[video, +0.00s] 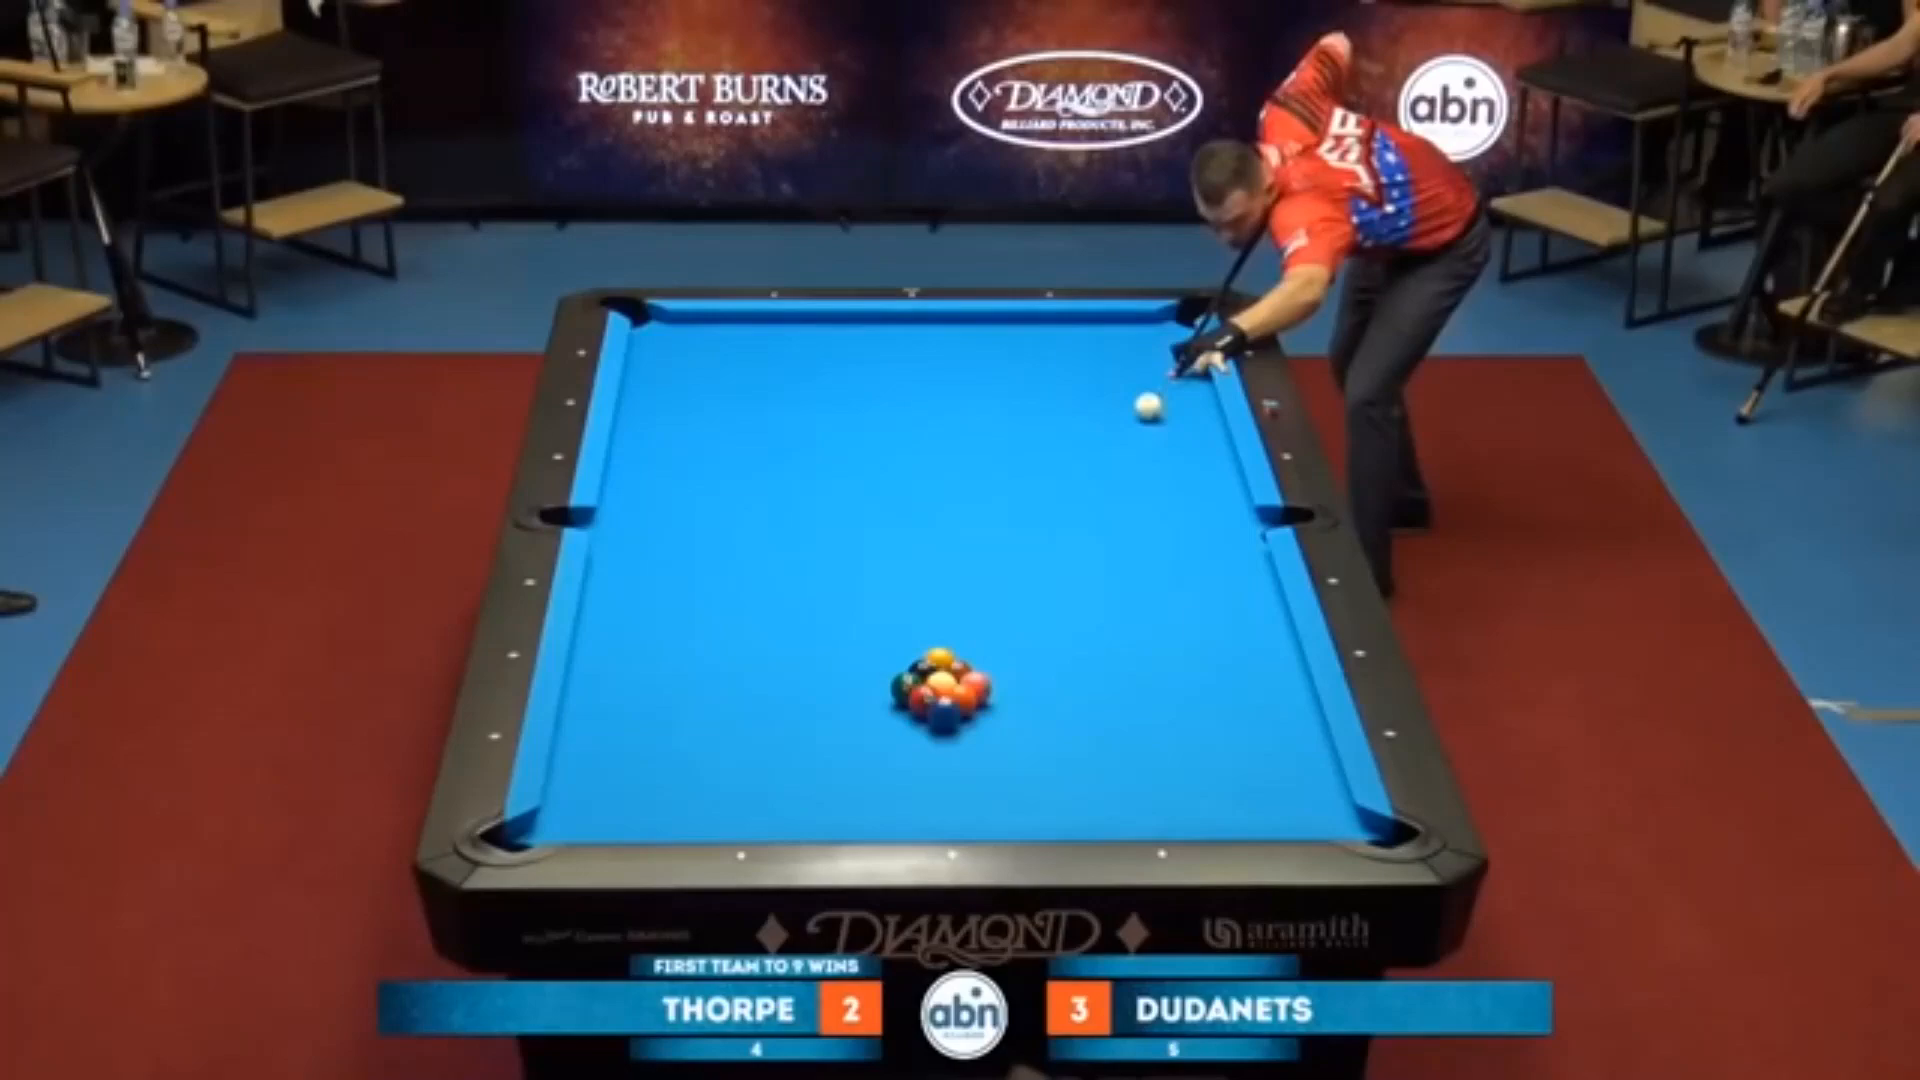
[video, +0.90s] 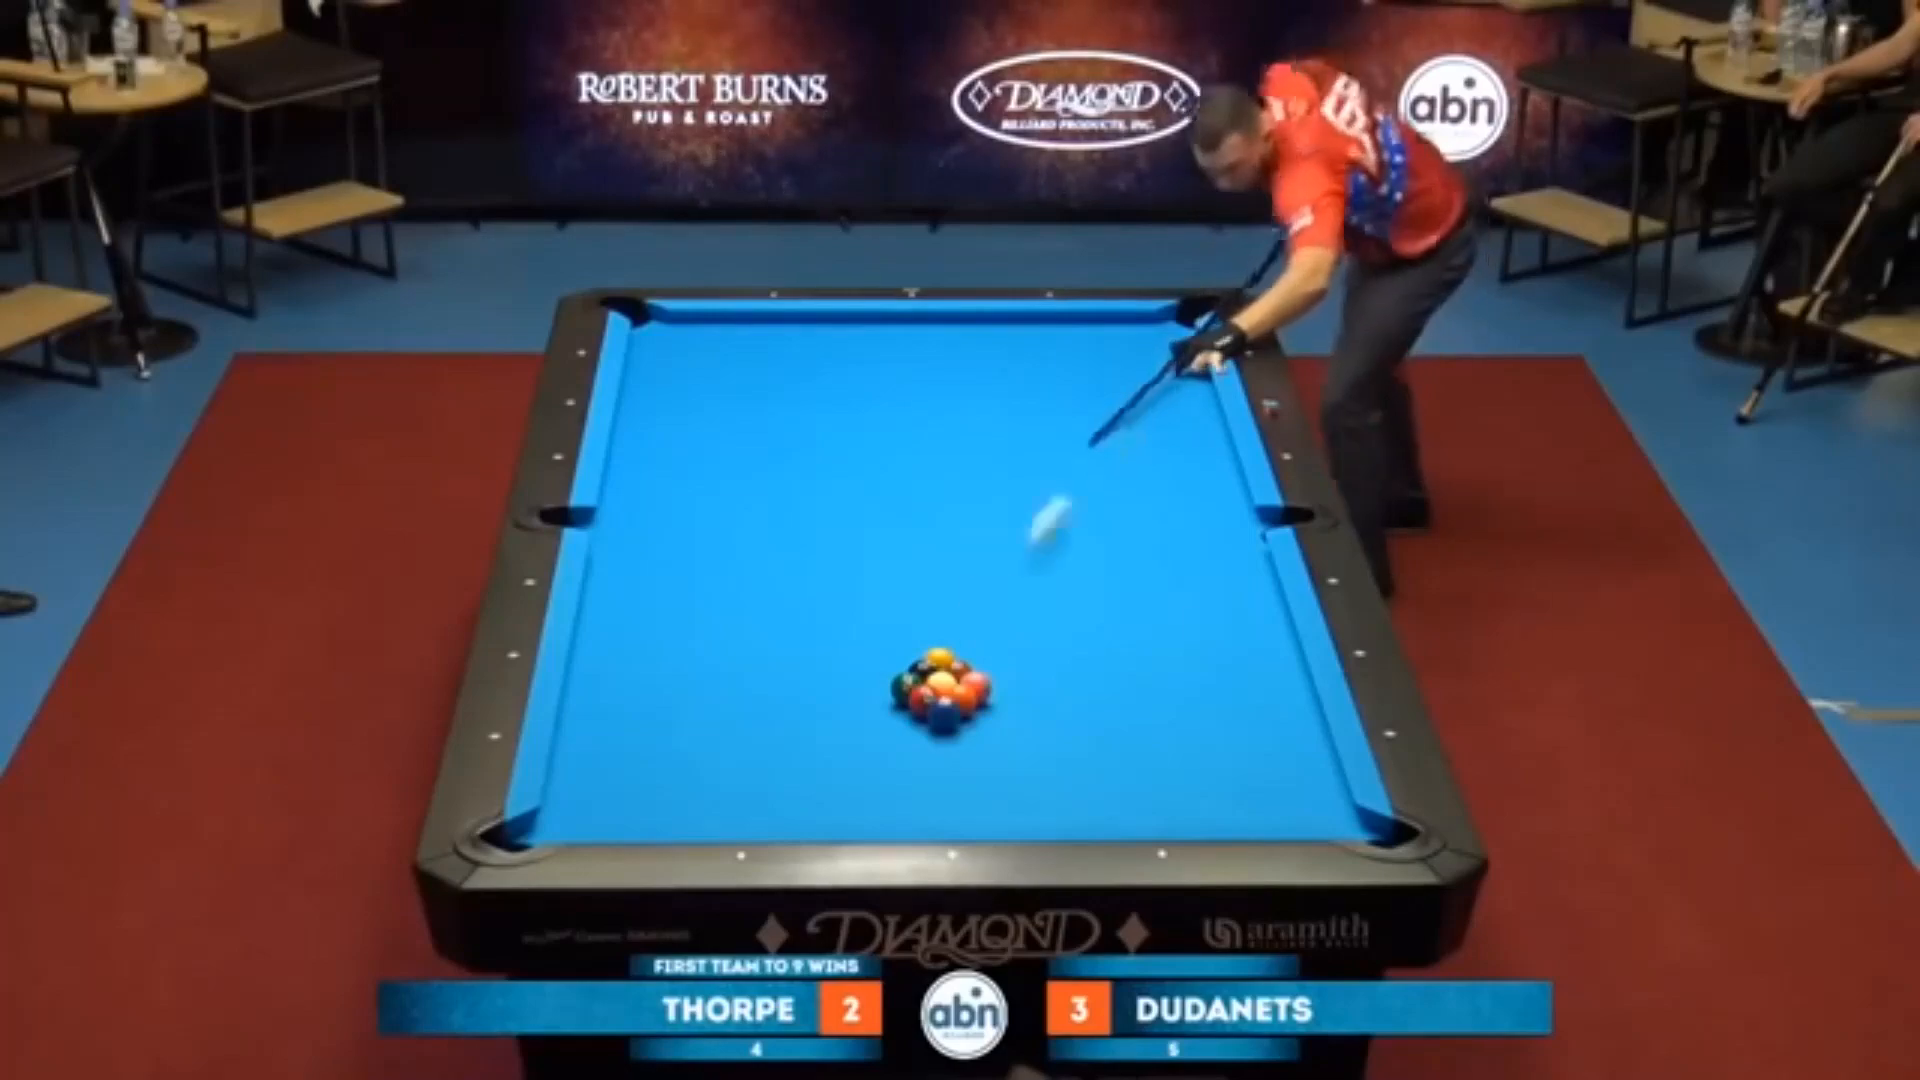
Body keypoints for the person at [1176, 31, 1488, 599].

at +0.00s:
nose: (1228, 237)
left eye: (1235, 222)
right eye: (1216, 227)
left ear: (1263, 187)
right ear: (1201, 206)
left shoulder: (1303, 203)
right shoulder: (1282, 115)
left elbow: (1308, 287)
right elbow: (1336, 43)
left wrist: (1230, 334)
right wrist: (1336, 104)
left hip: (1446, 242)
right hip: (1383, 239)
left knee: (1368, 393)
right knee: (1350, 366)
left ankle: (1370, 574)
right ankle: (1406, 498)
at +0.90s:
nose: (1223, 183)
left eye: (1230, 169)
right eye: (1213, 173)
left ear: (1262, 138)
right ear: (1200, 158)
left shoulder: (1305, 166)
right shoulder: (1284, 83)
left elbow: (1312, 276)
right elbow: (1331, 73)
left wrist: (1229, 336)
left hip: (1429, 246)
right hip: (1380, 238)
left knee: (1345, 402)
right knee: (1370, 370)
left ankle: (1366, 571)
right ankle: (1402, 500)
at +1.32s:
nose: (1244, 106)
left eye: (1256, 89)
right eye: (1232, 91)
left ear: (1287, 69)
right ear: (1219, 75)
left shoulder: (1326, 117)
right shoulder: (1277, 61)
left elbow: (1315, 260)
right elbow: (1272, 148)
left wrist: (1232, 337)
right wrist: (1252, 232)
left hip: (1411, 241)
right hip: (1357, 232)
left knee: (1348, 413)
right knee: (1375, 368)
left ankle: (1367, 574)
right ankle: (1402, 491)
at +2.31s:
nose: (1290, 22)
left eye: (1307, 9)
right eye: (1281, 6)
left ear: (1338, 8)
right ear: (1268, 5)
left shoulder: (1361, 85)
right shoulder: (1276, 45)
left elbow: (1320, 229)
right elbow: (1272, 155)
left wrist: (1251, 315)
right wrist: (1246, 258)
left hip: (1390, 247)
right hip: (1321, 232)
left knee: (1357, 407)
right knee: (1312, 393)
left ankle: (1368, 566)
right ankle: (1315, 531)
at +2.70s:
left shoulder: (1387, 37)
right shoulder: (1281, 22)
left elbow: (1386, 171)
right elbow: (1272, 129)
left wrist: (1286, 221)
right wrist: (1249, 223)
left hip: (1370, 243)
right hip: (1305, 241)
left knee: (1360, 404)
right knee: (1305, 396)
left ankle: (1369, 562)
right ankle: (1314, 538)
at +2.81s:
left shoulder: (1394, 32)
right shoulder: (1281, 20)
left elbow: (1404, 166)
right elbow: (1270, 129)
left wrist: (1322, 236)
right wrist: (1242, 225)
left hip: (1368, 241)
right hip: (1295, 235)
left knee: (1361, 403)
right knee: (1303, 394)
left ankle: (1369, 563)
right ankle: (1312, 537)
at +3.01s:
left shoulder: (1400, 30)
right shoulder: (1281, 19)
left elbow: (1415, 164)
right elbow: (1268, 125)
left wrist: (1411, 277)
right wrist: (1244, 222)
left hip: (1362, 239)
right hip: (1284, 233)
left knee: (1362, 406)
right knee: (1296, 399)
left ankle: (1367, 563)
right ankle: (1304, 543)